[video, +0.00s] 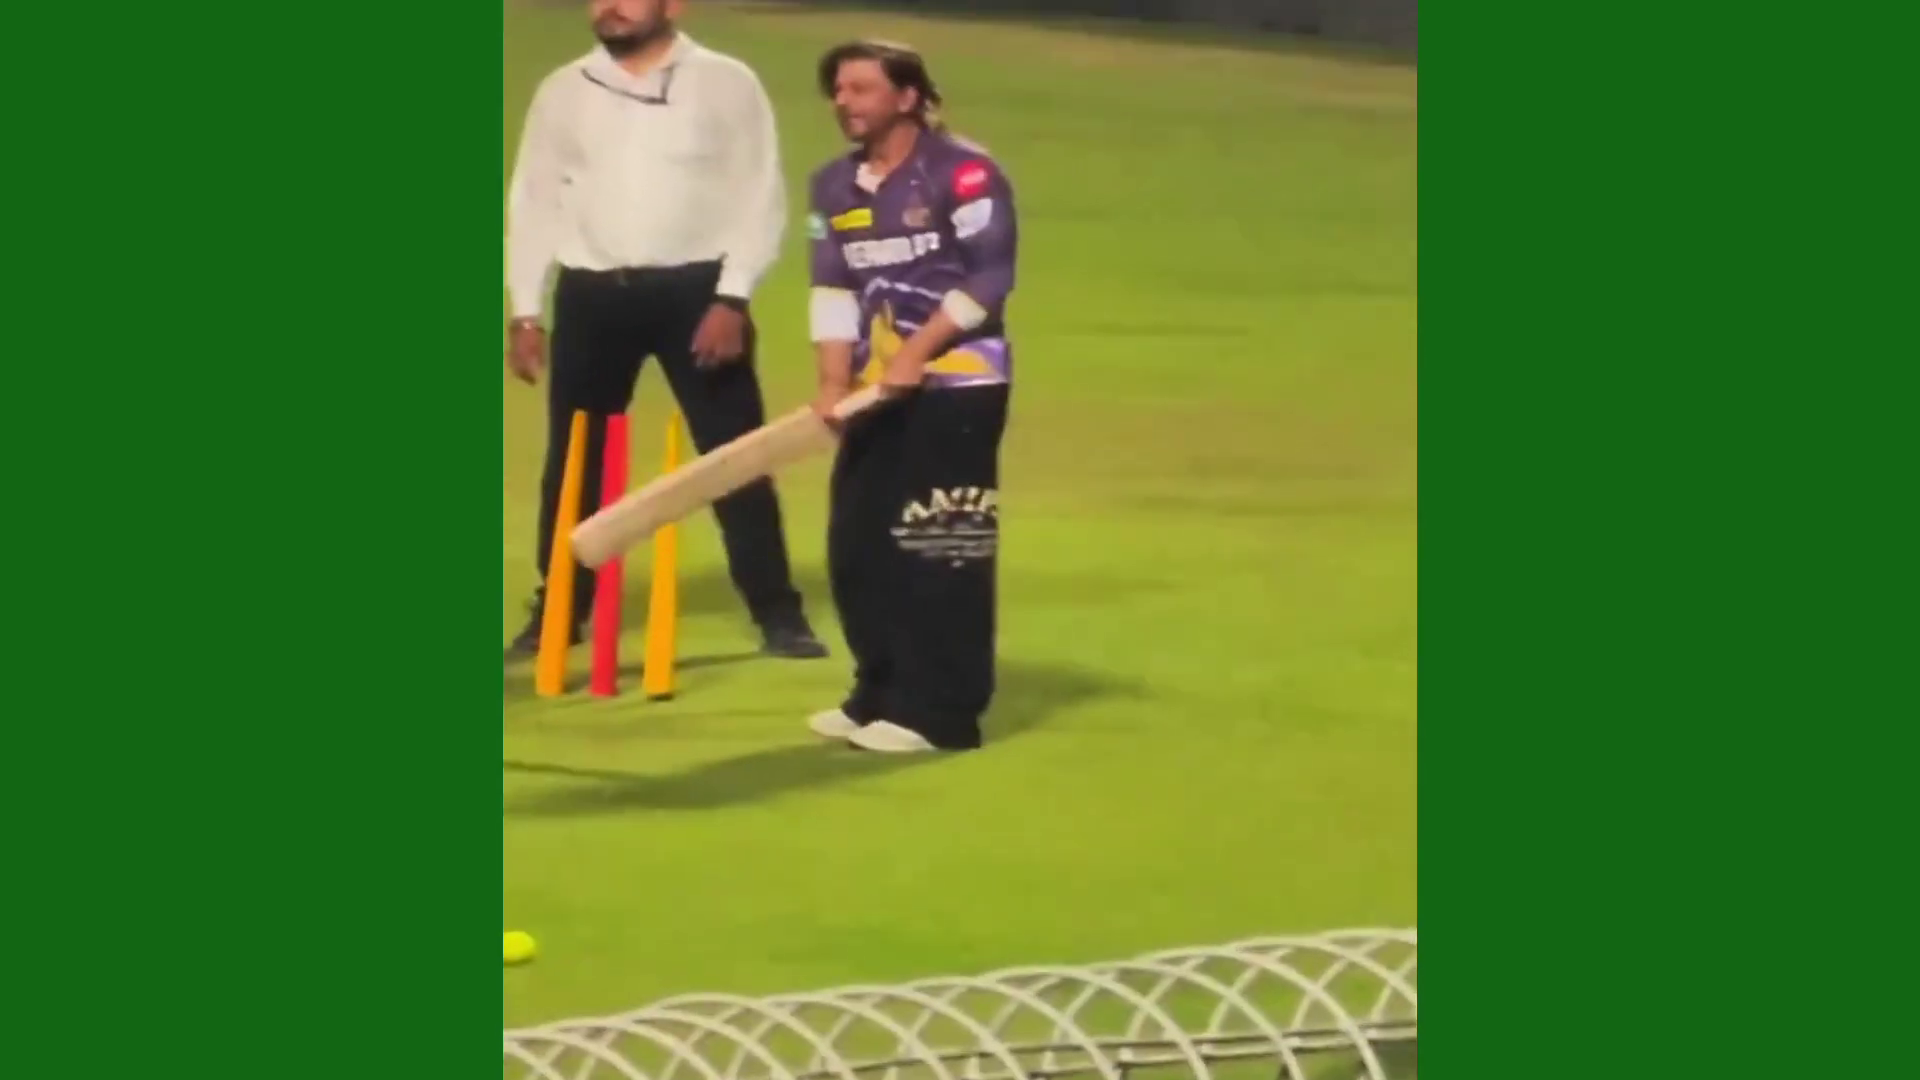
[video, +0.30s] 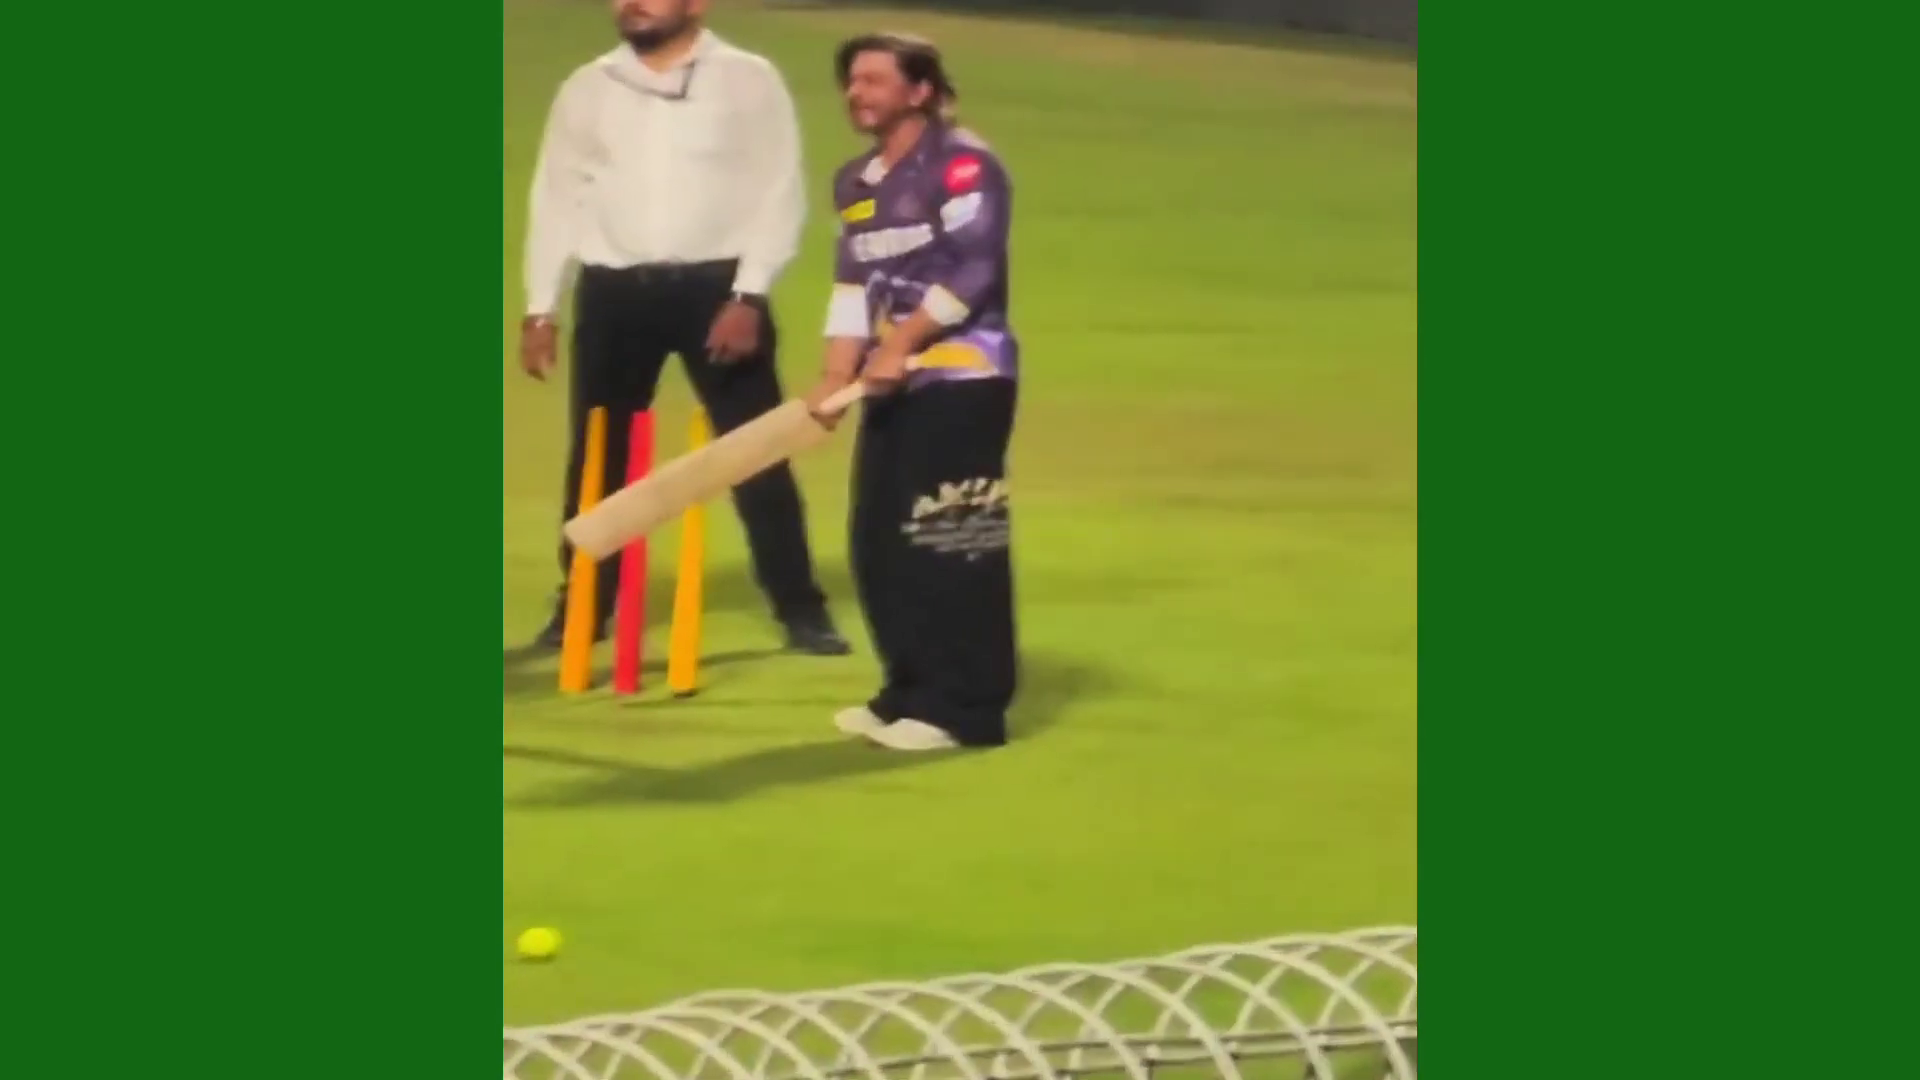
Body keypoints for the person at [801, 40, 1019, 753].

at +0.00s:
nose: (845, 102)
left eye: (860, 89)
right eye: (839, 92)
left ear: (908, 96)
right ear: (836, 103)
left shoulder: (967, 172)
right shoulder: (833, 185)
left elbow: (990, 281)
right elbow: (832, 295)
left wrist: (915, 351)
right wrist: (833, 383)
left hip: (958, 385)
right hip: (879, 389)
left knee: (941, 546)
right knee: (856, 541)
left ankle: (942, 713)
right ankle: (879, 692)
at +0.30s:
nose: (857, 94)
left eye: (873, 82)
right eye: (852, 83)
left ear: (921, 90)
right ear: (849, 95)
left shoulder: (967, 165)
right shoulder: (855, 181)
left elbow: (975, 276)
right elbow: (852, 290)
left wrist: (900, 340)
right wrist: (835, 378)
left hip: (965, 381)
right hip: (896, 383)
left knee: (950, 540)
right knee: (878, 536)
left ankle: (966, 709)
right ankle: (909, 690)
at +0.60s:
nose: (873, 88)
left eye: (890, 76)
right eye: (870, 76)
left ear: (938, 87)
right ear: (869, 90)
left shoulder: (979, 159)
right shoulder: (877, 184)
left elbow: (983, 265)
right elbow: (873, 296)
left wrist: (905, 338)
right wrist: (847, 386)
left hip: (973, 379)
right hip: (909, 384)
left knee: (966, 539)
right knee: (897, 537)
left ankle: (988, 709)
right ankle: (936, 691)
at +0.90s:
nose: (906, 101)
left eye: (922, 89)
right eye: (903, 90)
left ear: (968, 100)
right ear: (903, 103)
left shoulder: (1007, 175)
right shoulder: (909, 199)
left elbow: (1009, 289)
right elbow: (904, 309)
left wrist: (942, 370)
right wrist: (858, 408)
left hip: (985, 383)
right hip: (927, 385)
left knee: (959, 549)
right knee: (918, 551)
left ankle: (995, 718)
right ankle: (958, 708)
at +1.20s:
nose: (958, 131)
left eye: (974, 121)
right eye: (957, 120)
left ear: (1022, 134)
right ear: (962, 137)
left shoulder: (1055, 207)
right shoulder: (975, 226)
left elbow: (1066, 321)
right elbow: (976, 345)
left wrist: (1025, 408)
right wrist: (947, 441)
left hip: (1029, 422)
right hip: (987, 423)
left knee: (944, 571)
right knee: (1000, 582)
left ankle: (937, 738)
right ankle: (1038, 741)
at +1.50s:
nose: (971, 168)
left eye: (985, 156)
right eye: (975, 155)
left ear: (1029, 168)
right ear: (1024, 169)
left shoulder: (1060, 246)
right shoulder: (1020, 247)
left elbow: (1052, 360)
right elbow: (1022, 354)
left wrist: (1004, 441)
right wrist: (1000, 422)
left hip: (1059, 461)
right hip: (1041, 458)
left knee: (962, 602)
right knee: (1050, 628)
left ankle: (892, 765)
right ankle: (1089, 778)